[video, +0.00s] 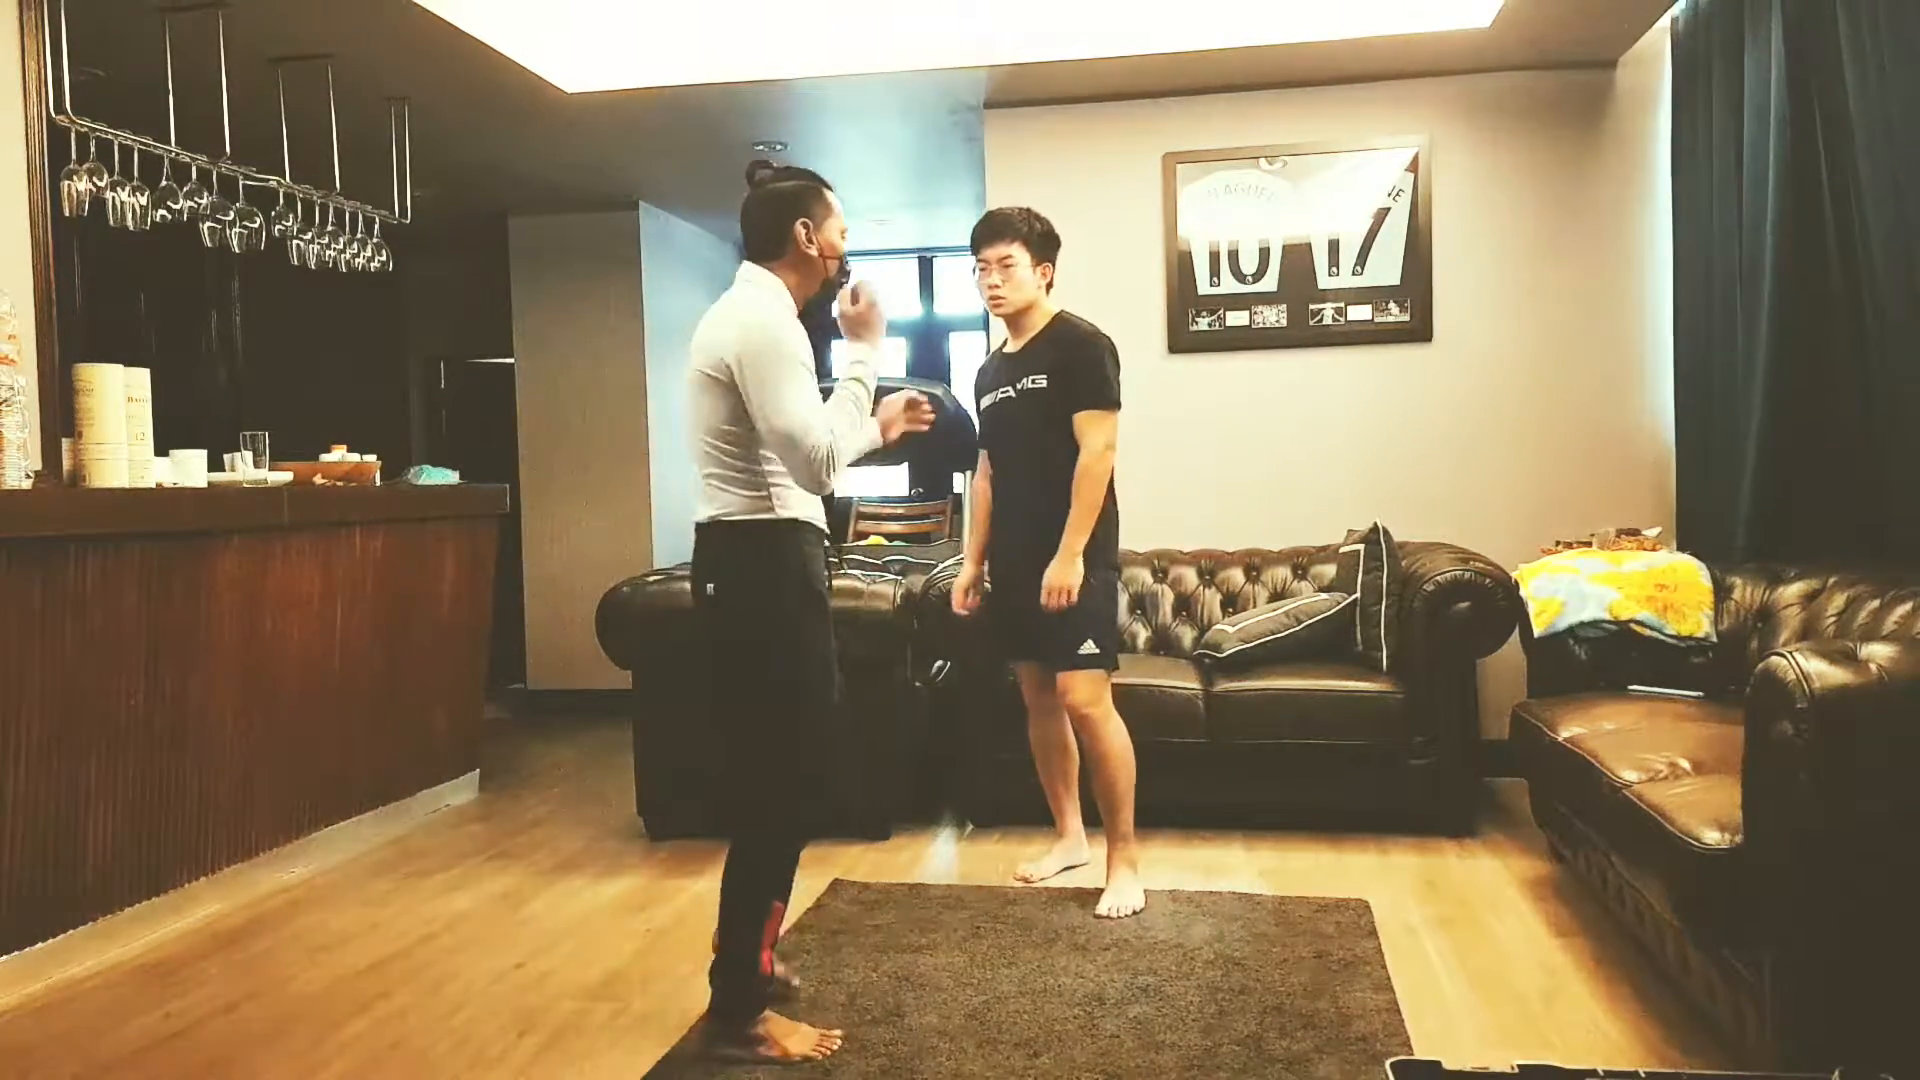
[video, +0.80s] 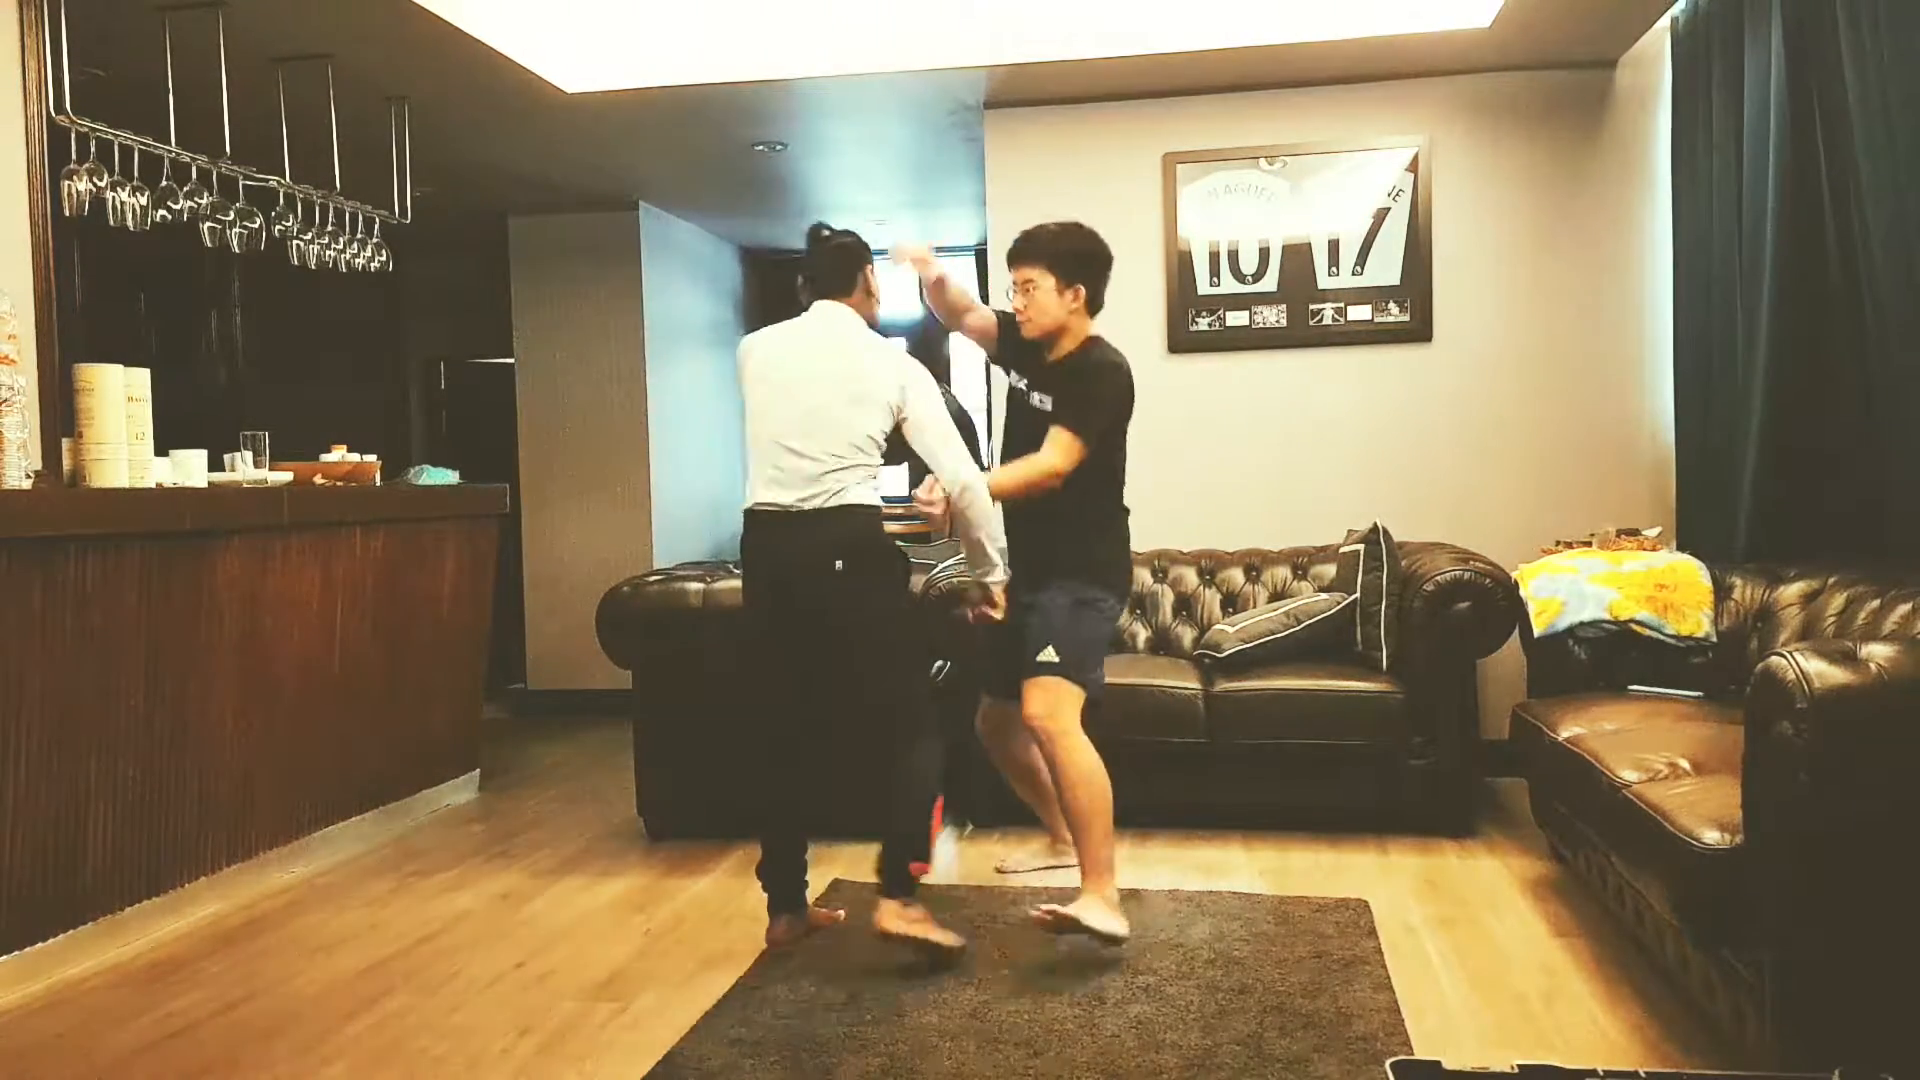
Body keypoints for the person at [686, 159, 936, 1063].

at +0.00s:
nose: (845, 243)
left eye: (841, 229)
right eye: (837, 228)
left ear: (784, 236)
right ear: (804, 233)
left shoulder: (756, 312)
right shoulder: (763, 317)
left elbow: (796, 450)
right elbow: (820, 450)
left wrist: (878, 432)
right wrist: (861, 355)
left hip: (762, 551)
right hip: (764, 555)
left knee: (783, 772)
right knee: (779, 777)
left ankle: (749, 965)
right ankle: (736, 1015)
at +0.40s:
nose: (852, 270)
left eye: (847, 256)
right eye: (845, 257)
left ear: (776, 268)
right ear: (823, 264)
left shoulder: (732, 349)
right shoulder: (825, 351)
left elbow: (776, 448)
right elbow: (900, 450)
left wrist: (869, 387)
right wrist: (919, 377)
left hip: (761, 549)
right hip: (827, 551)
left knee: (801, 725)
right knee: (841, 745)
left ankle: (798, 885)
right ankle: (763, 958)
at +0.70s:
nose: (864, 281)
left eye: (858, 268)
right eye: (860, 269)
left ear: (786, 280)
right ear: (845, 275)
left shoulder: (735, 348)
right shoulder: (883, 348)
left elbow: (713, 457)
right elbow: (968, 446)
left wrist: (779, 433)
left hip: (769, 549)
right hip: (855, 543)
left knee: (784, 721)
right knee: (890, 715)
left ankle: (785, 914)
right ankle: (839, 897)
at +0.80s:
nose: (882, 293)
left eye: (878, 281)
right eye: (878, 282)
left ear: (806, 288)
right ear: (865, 285)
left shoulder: (754, 350)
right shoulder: (890, 363)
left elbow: (793, 435)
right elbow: (960, 477)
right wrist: (992, 569)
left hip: (768, 546)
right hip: (851, 547)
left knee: (785, 719)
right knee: (911, 715)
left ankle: (786, 909)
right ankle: (899, 896)